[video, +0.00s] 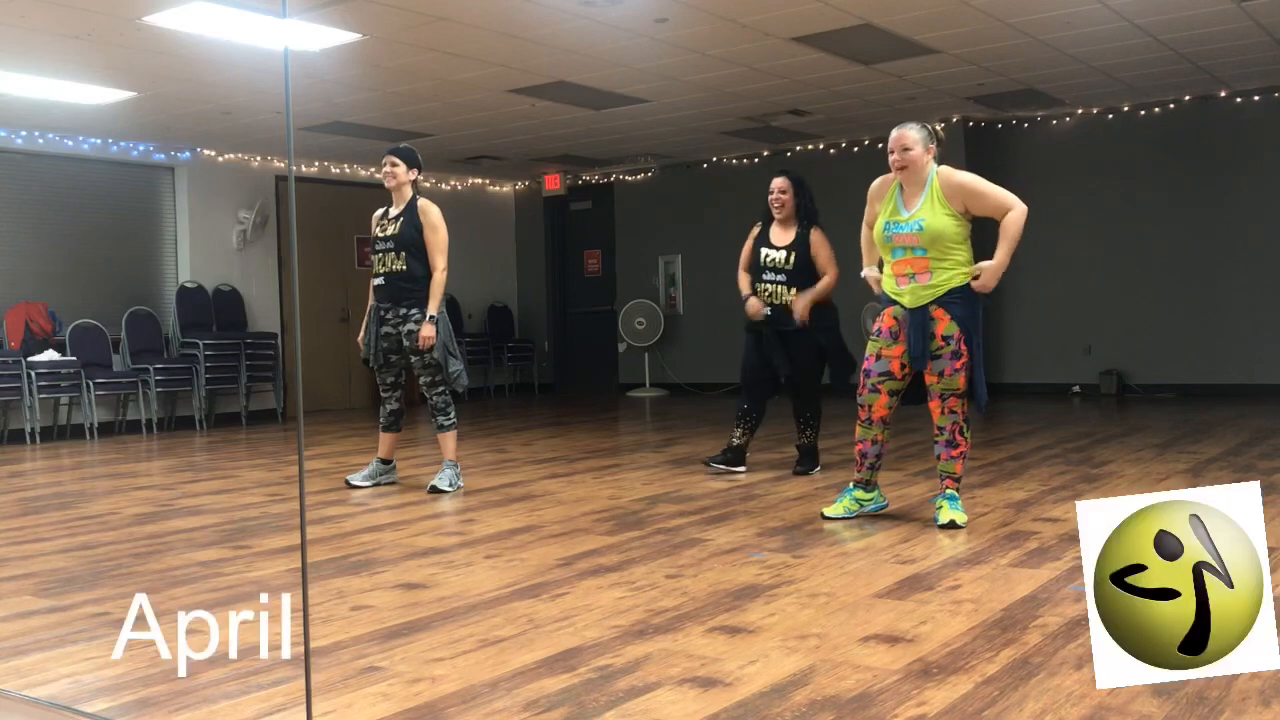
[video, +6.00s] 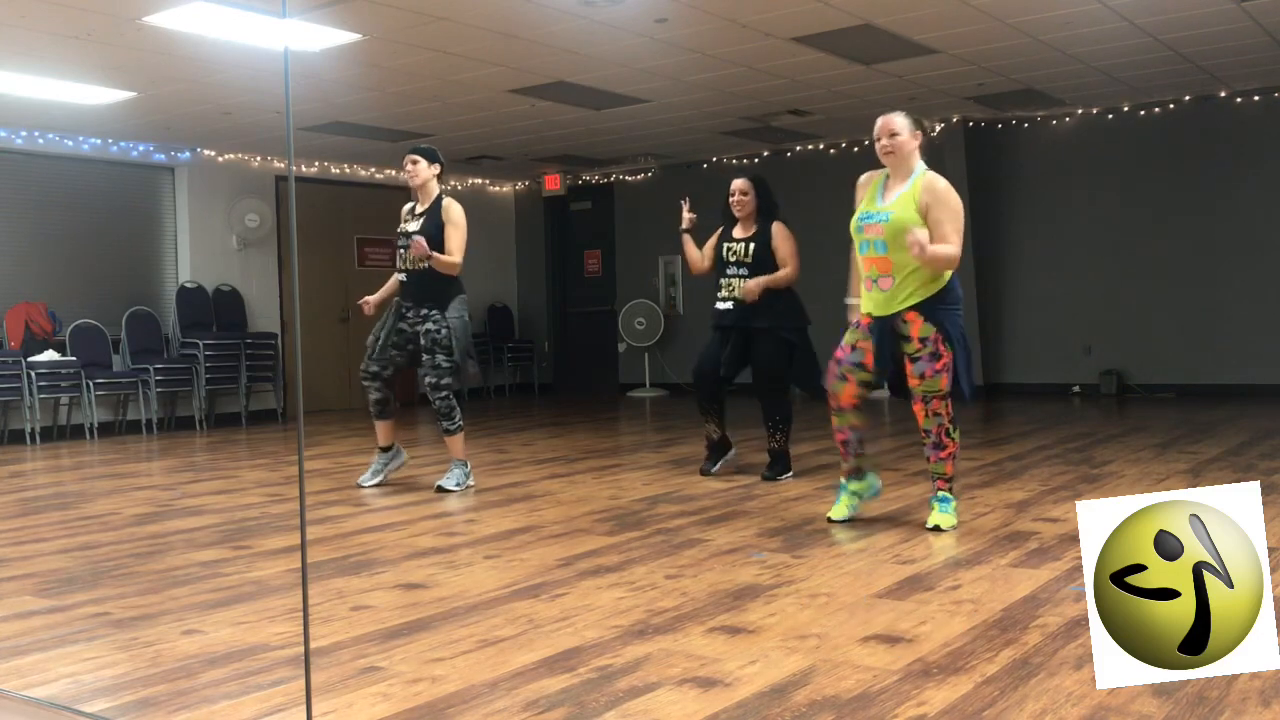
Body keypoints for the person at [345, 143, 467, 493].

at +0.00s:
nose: (385, 170)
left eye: (393, 166)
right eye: (384, 166)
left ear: (413, 173)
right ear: (383, 173)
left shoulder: (426, 210)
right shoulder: (379, 217)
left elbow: (440, 268)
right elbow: (378, 275)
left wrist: (430, 319)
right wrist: (366, 323)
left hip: (417, 314)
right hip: (383, 316)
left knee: (436, 391)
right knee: (389, 392)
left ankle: (451, 468)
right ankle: (384, 464)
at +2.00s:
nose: (384, 169)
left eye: (393, 165)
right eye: (383, 164)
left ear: (411, 175)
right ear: (382, 174)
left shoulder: (422, 209)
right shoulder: (374, 215)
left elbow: (437, 266)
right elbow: (373, 269)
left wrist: (411, 298)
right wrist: (343, 307)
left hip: (413, 314)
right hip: (377, 314)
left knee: (429, 389)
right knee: (380, 390)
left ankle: (450, 467)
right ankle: (382, 464)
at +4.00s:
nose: (387, 167)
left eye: (395, 164)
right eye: (386, 162)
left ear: (412, 175)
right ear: (382, 172)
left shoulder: (427, 210)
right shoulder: (370, 217)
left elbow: (447, 262)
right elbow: (368, 273)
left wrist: (458, 310)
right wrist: (336, 307)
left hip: (421, 312)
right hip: (382, 315)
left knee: (431, 386)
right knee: (386, 389)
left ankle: (452, 466)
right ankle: (390, 463)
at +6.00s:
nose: (407, 169)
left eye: (414, 164)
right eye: (405, 166)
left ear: (435, 170)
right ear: (405, 175)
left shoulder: (450, 208)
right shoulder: (408, 212)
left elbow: (455, 265)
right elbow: (406, 268)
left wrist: (429, 256)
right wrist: (378, 297)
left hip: (441, 312)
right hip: (407, 310)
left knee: (437, 384)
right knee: (373, 373)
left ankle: (460, 465)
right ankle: (388, 451)